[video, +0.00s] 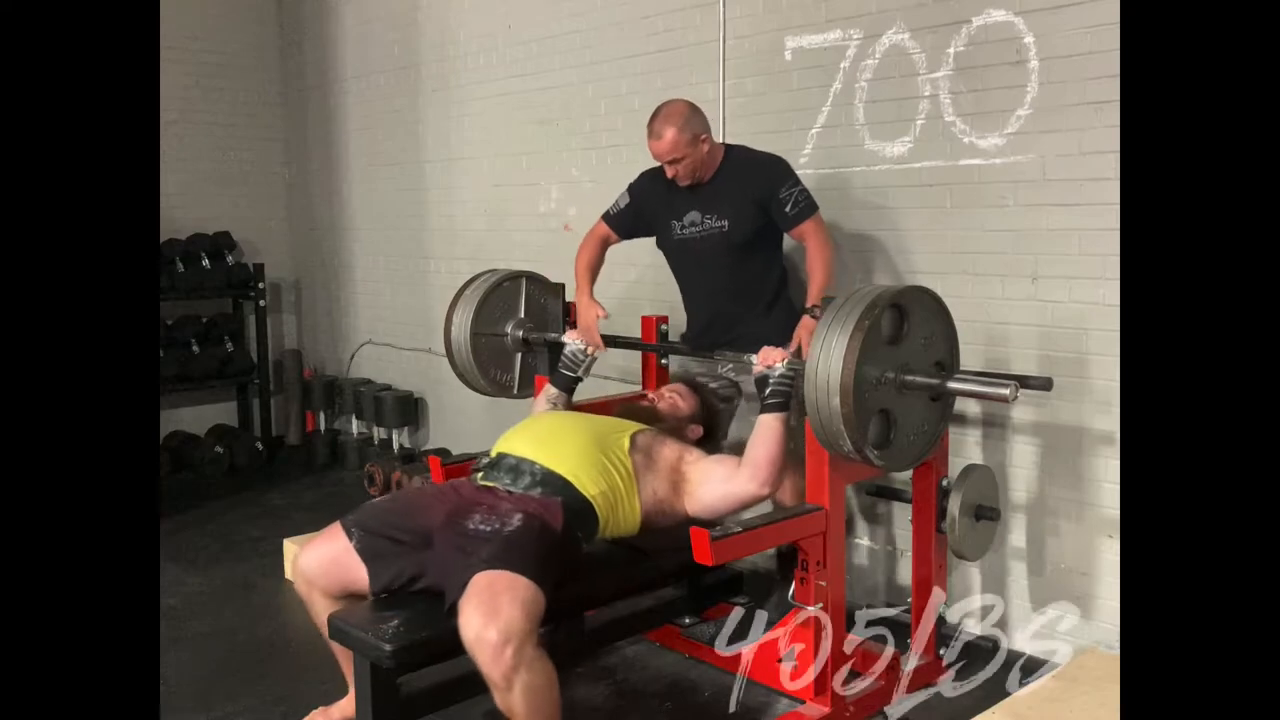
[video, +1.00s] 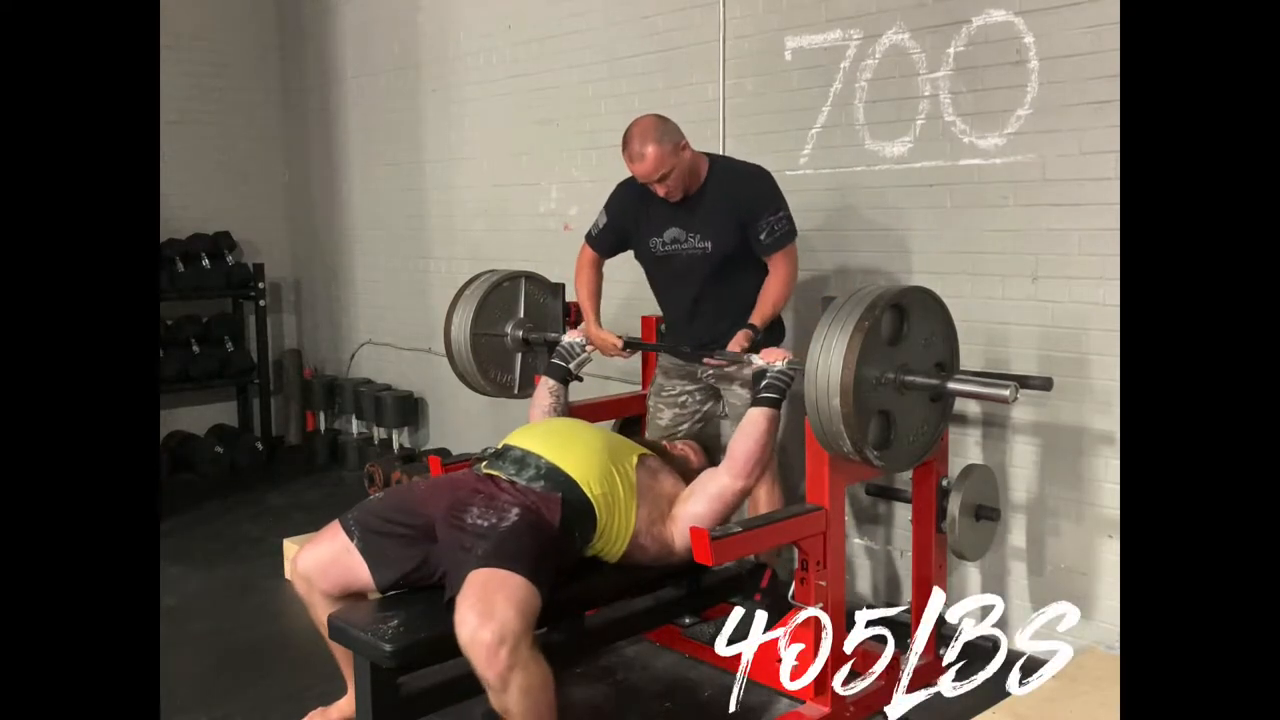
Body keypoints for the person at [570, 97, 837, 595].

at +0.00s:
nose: (668, 172)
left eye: (675, 160)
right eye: (661, 162)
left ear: (705, 140)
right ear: (654, 151)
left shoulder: (765, 173)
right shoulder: (652, 190)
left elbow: (817, 240)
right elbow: (595, 238)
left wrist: (814, 311)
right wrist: (584, 297)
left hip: (771, 348)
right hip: (701, 352)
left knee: (786, 484)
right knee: (687, 471)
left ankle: (801, 583)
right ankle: (705, 587)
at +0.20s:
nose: (670, 175)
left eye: (676, 162)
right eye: (660, 166)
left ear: (703, 140)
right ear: (651, 154)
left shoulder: (763, 176)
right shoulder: (650, 193)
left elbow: (814, 244)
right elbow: (599, 249)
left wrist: (799, 321)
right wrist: (590, 314)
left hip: (761, 355)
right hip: (694, 356)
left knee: (770, 482)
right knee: (688, 479)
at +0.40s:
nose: (675, 182)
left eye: (682, 170)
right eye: (666, 173)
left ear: (709, 146)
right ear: (656, 159)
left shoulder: (769, 181)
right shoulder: (656, 192)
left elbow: (815, 256)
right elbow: (605, 250)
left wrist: (792, 340)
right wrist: (593, 318)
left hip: (763, 357)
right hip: (696, 353)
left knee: (772, 486)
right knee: (680, 477)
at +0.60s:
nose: (665, 191)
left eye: (671, 178)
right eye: (654, 182)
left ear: (696, 152)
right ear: (642, 168)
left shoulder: (754, 184)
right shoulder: (643, 200)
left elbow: (801, 263)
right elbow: (597, 256)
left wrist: (780, 338)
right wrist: (594, 324)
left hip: (762, 344)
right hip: (698, 343)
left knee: (763, 466)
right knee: (673, 455)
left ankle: (784, 579)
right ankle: (692, 579)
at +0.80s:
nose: (655, 191)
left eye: (659, 178)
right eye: (642, 184)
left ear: (678, 149)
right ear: (627, 172)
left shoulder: (738, 181)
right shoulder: (624, 206)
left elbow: (782, 261)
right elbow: (581, 262)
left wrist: (766, 333)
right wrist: (589, 327)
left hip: (752, 344)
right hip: (685, 347)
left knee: (758, 456)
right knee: (672, 459)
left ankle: (777, 572)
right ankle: (687, 579)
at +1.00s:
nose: (659, 191)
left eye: (664, 178)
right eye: (648, 184)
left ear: (686, 148)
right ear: (633, 168)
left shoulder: (749, 185)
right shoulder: (631, 201)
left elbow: (783, 267)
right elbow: (590, 256)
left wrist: (753, 329)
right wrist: (592, 325)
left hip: (748, 356)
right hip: (678, 357)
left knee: (755, 466)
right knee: (669, 471)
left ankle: (769, 583)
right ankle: (674, 581)